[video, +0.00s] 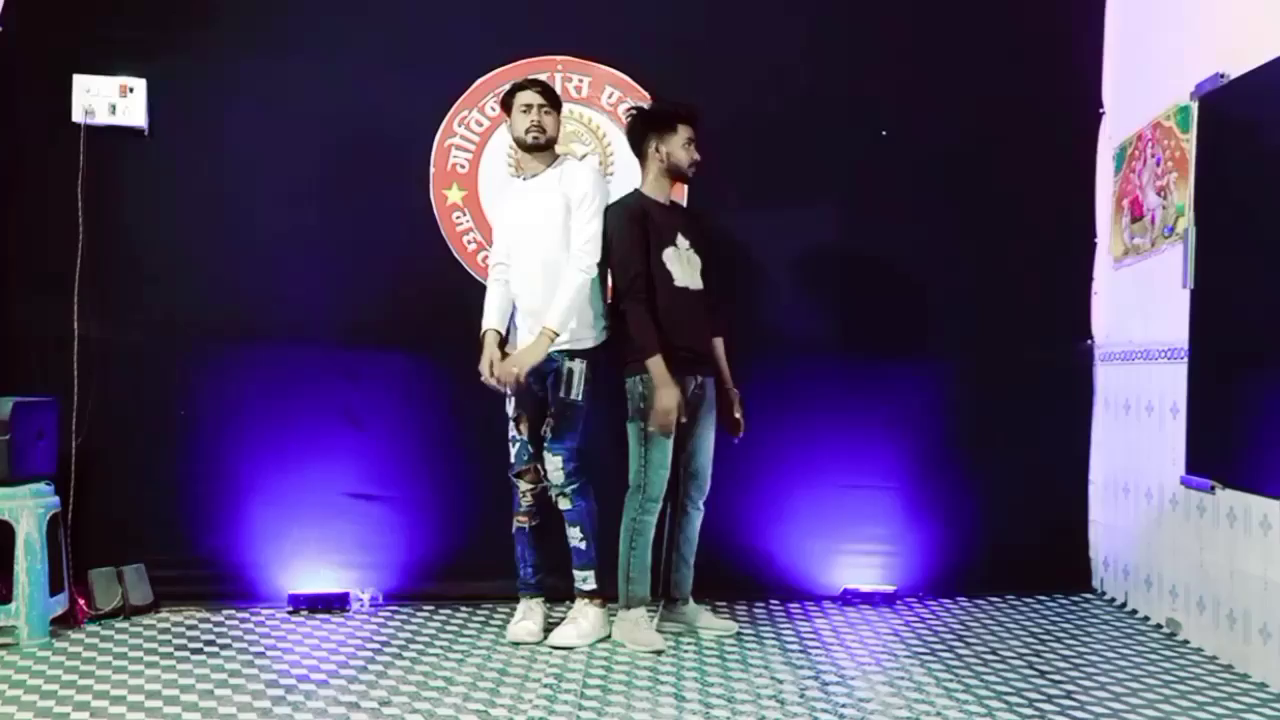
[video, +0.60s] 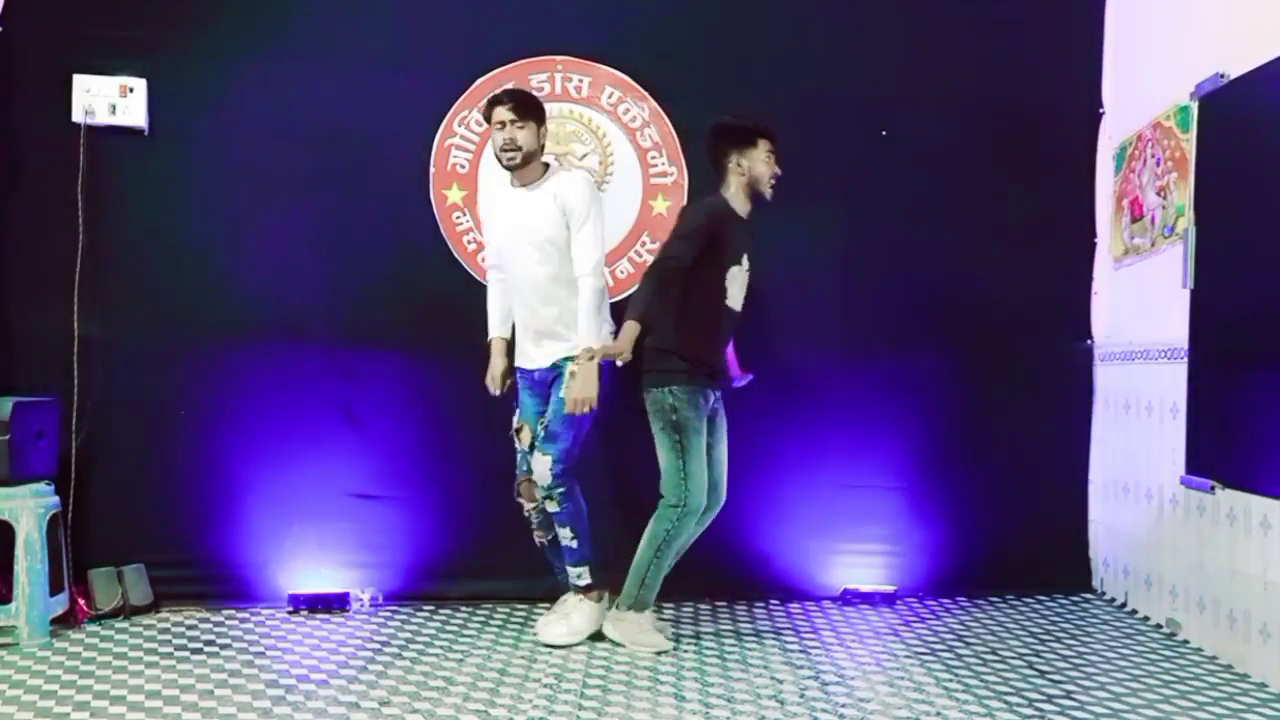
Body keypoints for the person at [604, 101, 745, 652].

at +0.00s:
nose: (694, 152)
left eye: (694, 143)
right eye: (685, 142)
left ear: (676, 151)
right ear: (653, 146)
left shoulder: (693, 222)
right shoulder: (625, 214)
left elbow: (708, 310)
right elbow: (630, 303)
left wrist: (727, 383)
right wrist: (660, 379)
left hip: (699, 376)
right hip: (653, 375)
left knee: (693, 494)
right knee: (648, 494)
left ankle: (680, 603)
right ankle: (632, 610)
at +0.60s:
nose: (776, 167)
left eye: (775, 157)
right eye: (768, 156)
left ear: (745, 164)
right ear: (737, 161)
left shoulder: (737, 226)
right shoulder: (705, 213)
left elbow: (716, 306)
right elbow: (660, 272)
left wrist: (729, 364)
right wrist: (627, 334)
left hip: (708, 384)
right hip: (673, 381)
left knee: (710, 498)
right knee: (683, 497)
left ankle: (637, 603)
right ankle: (626, 610)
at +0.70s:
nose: (813, 180)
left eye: (811, 170)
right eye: (806, 168)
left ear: (779, 176)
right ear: (776, 174)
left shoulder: (760, 230)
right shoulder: (750, 223)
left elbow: (724, 306)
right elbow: (690, 271)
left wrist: (738, 367)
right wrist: (639, 336)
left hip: (698, 373)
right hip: (685, 374)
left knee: (713, 491)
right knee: (719, 493)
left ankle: (649, 599)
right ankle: (639, 597)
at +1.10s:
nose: (935, 202)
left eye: (933, 192)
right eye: (928, 191)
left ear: (901, 198)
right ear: (901, 196)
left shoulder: (870, 243)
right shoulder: (869, 241)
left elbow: (816, 300)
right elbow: (814, 292)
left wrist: (779, 366)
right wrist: (786, 362)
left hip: (792, 380)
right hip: (804, 381)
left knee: (830, 493)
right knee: (857, 490)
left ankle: (799, 610)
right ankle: (785, 599)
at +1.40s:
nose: (999, 196)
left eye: (996, 186)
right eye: (993, 186)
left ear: (962, 193)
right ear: (967, 191)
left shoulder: (927, 235)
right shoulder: (940, 238)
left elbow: (888, 300)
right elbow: (892, 295)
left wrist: (872, 368)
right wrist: (872, 366)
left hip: (877, 384)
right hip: (891, 386)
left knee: (921, 496)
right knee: (941, 496)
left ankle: (903, 617)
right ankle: (855, 593)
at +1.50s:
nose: (1019, 189)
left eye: (1018, 179)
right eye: (1013, 178)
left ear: (982, 184)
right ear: (985, 182)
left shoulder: (955, 232)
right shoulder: (956, 232)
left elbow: (916, 299)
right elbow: (909, 292)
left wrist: (897, 371)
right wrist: (897, 368)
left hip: (900, 382)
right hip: (916, 383)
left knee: (945, 493)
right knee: (980, 489)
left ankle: (908, 611)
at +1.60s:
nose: (1031, 183)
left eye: (1030, 173)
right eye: (1026, 172)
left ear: (997, 177)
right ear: (1000, 176)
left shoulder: (977, 228)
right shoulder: (965, 227)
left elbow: (939, 298)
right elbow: (925, 291)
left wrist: (917, 369)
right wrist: (914, 367)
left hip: (951, 385)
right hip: (940, 389)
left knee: (1011, 479)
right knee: (992, 499)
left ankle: (941, 586)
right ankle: (958, 627)